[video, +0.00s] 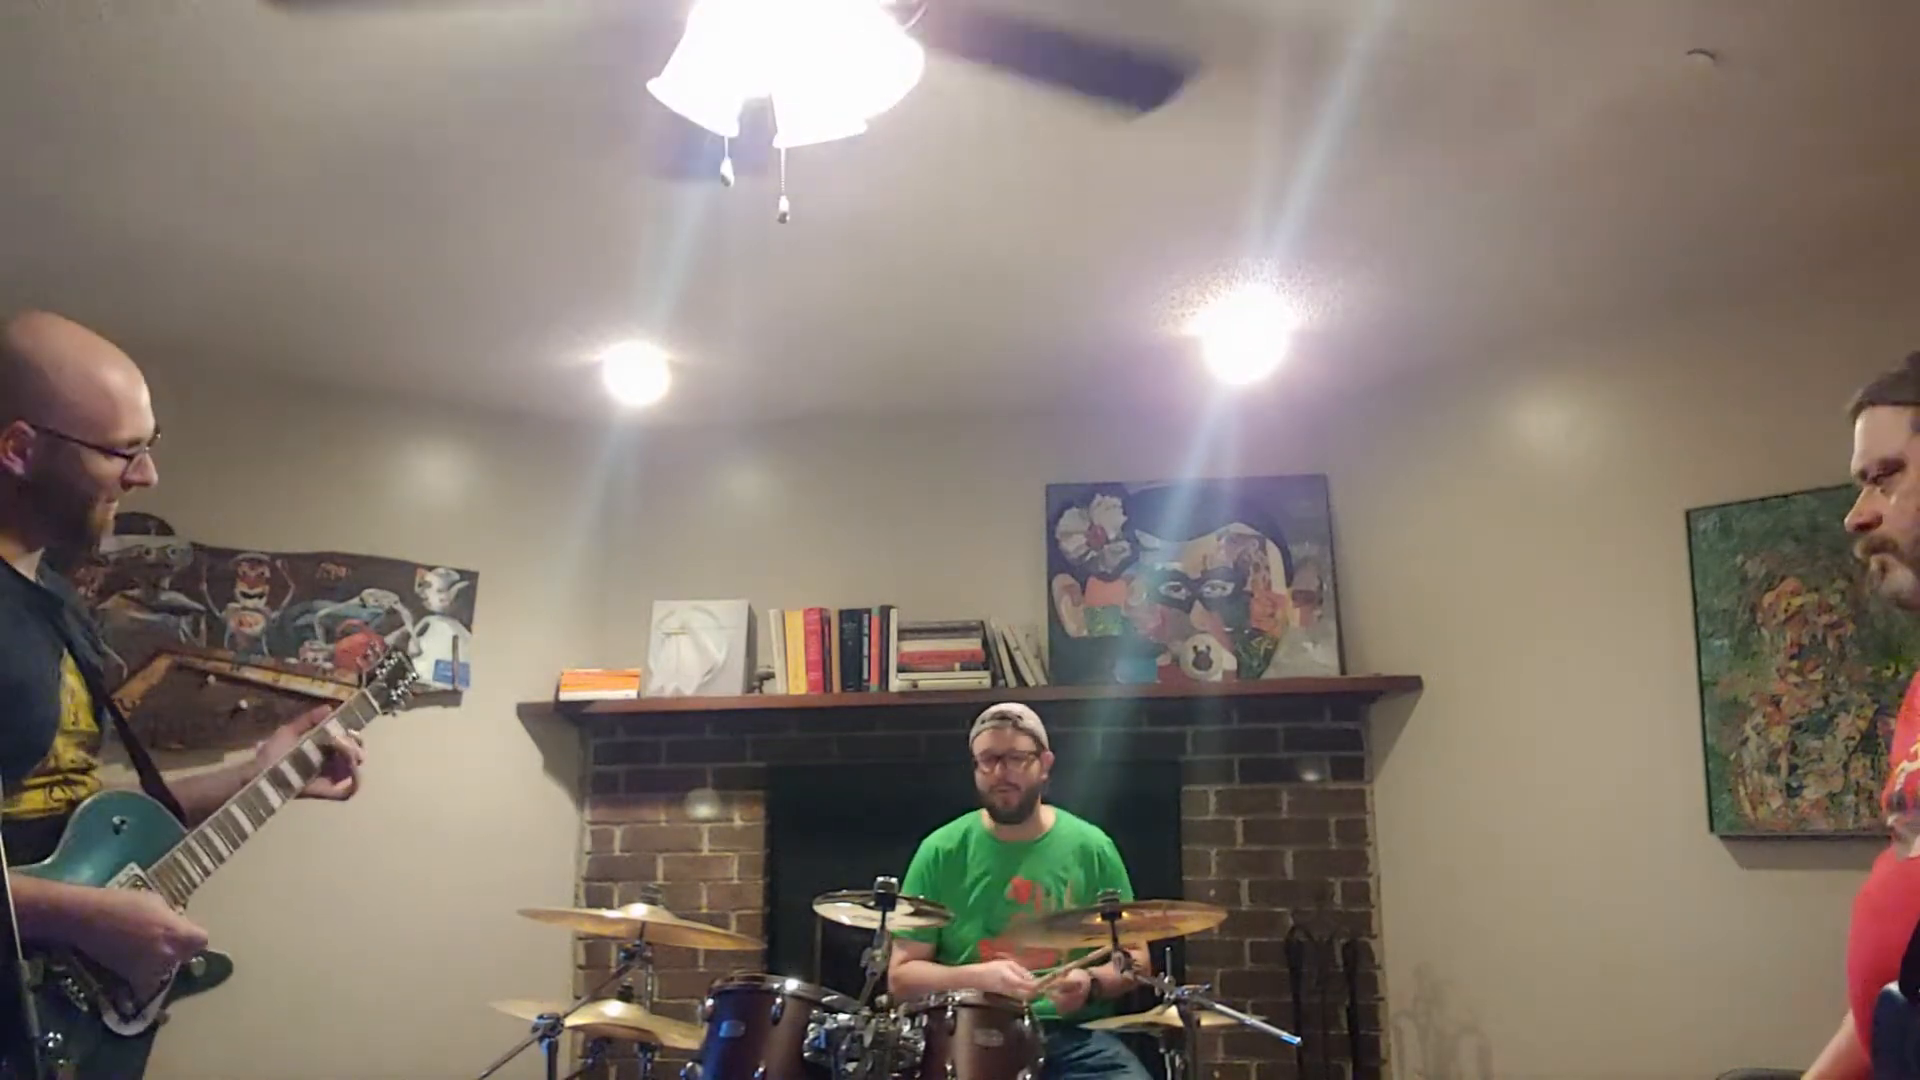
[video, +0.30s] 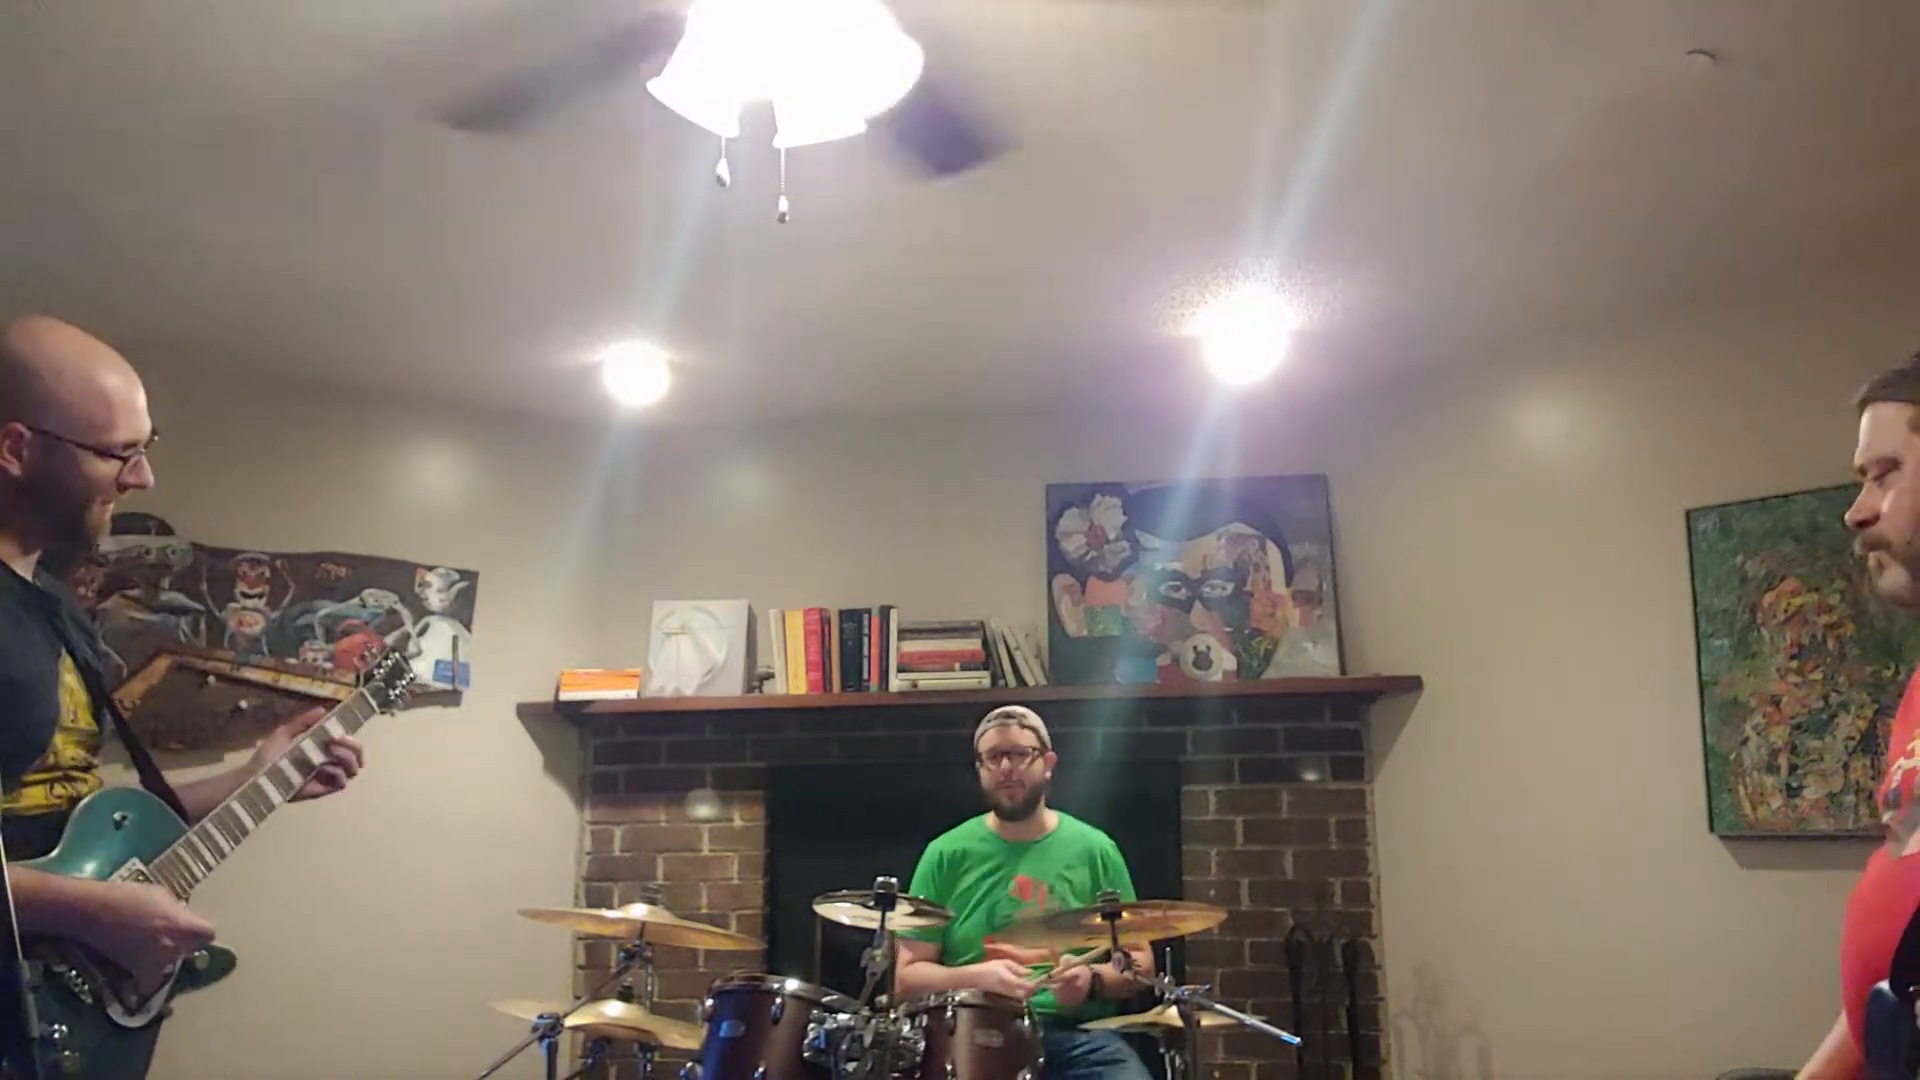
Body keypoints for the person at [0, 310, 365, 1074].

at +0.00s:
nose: (147, 478)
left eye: (147, 448)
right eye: (122, 452)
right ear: (19, 449)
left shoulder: (50, 604)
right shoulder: (12, 611)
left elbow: (73, 808)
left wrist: (262, 768)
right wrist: (77, 916)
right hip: (21, 1038)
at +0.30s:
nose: (144, 478)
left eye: (145, 449)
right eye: (118, 453)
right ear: (16, 450)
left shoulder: (52, 611)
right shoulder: (17, 614)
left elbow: (78, 828)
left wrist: (255, 780)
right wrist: (79, 910)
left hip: (79, 1040)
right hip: (15, 1039)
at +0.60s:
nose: (128, 505)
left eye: (145, 476)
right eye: (101, 473)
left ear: (157, 458)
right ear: (13, 442)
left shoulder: (47, 622)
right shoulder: (18, 623)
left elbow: (67, 830)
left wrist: (250, 786)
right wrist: (55, 919)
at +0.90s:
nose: (133, 518)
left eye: (153, 491)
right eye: (106, 485)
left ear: (169, 470)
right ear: (16, 445)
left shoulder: (61, 612)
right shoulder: (13, 613)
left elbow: (65, 833)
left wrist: (258, 807)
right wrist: (35, 923)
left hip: (48, 1034)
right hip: (3, 1038)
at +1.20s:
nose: (127, 534)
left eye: (150, 508)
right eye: (106, 500)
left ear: (170, 480)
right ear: (19, 450)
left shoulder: (62, 612)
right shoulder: (17, 614)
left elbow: (76, 827)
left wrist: (260, 821)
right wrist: (12, 934)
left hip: (42, 1032)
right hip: (5, 1038)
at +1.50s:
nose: (147, 533)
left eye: (169, 504)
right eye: (123, 497)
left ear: (187, 476)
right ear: (26, 442)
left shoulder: (46, 609)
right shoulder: (20, 614)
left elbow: (27, 820)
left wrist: (227, 833)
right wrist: (14, 974)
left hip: (35, 1038)